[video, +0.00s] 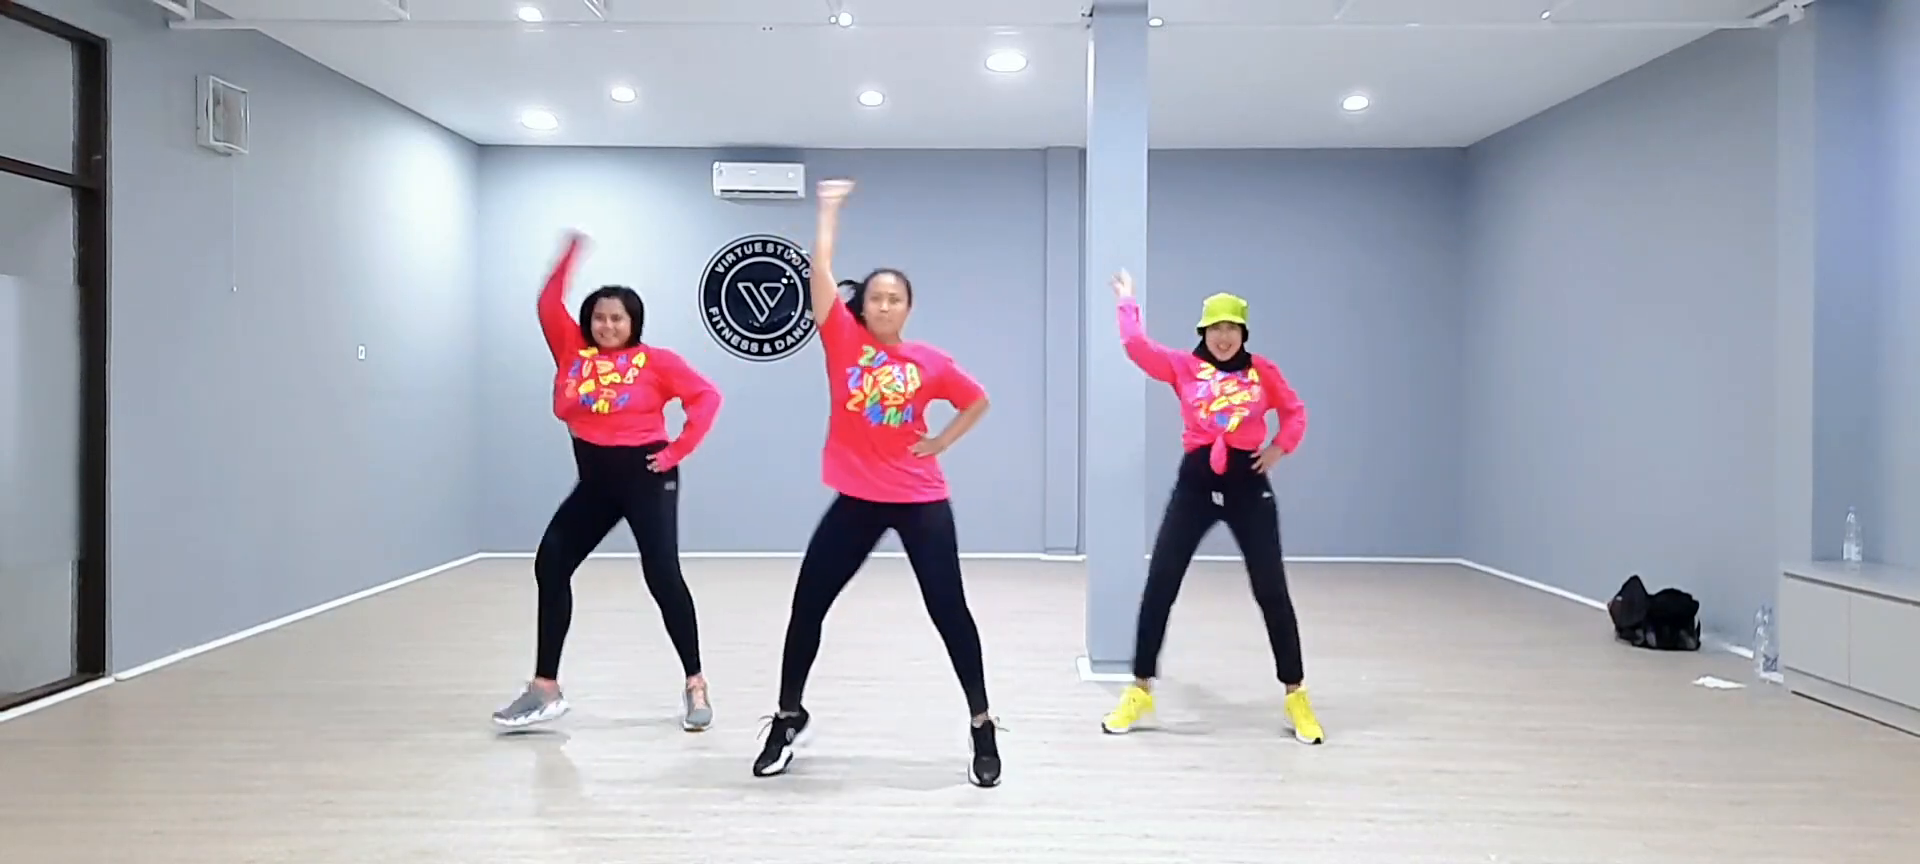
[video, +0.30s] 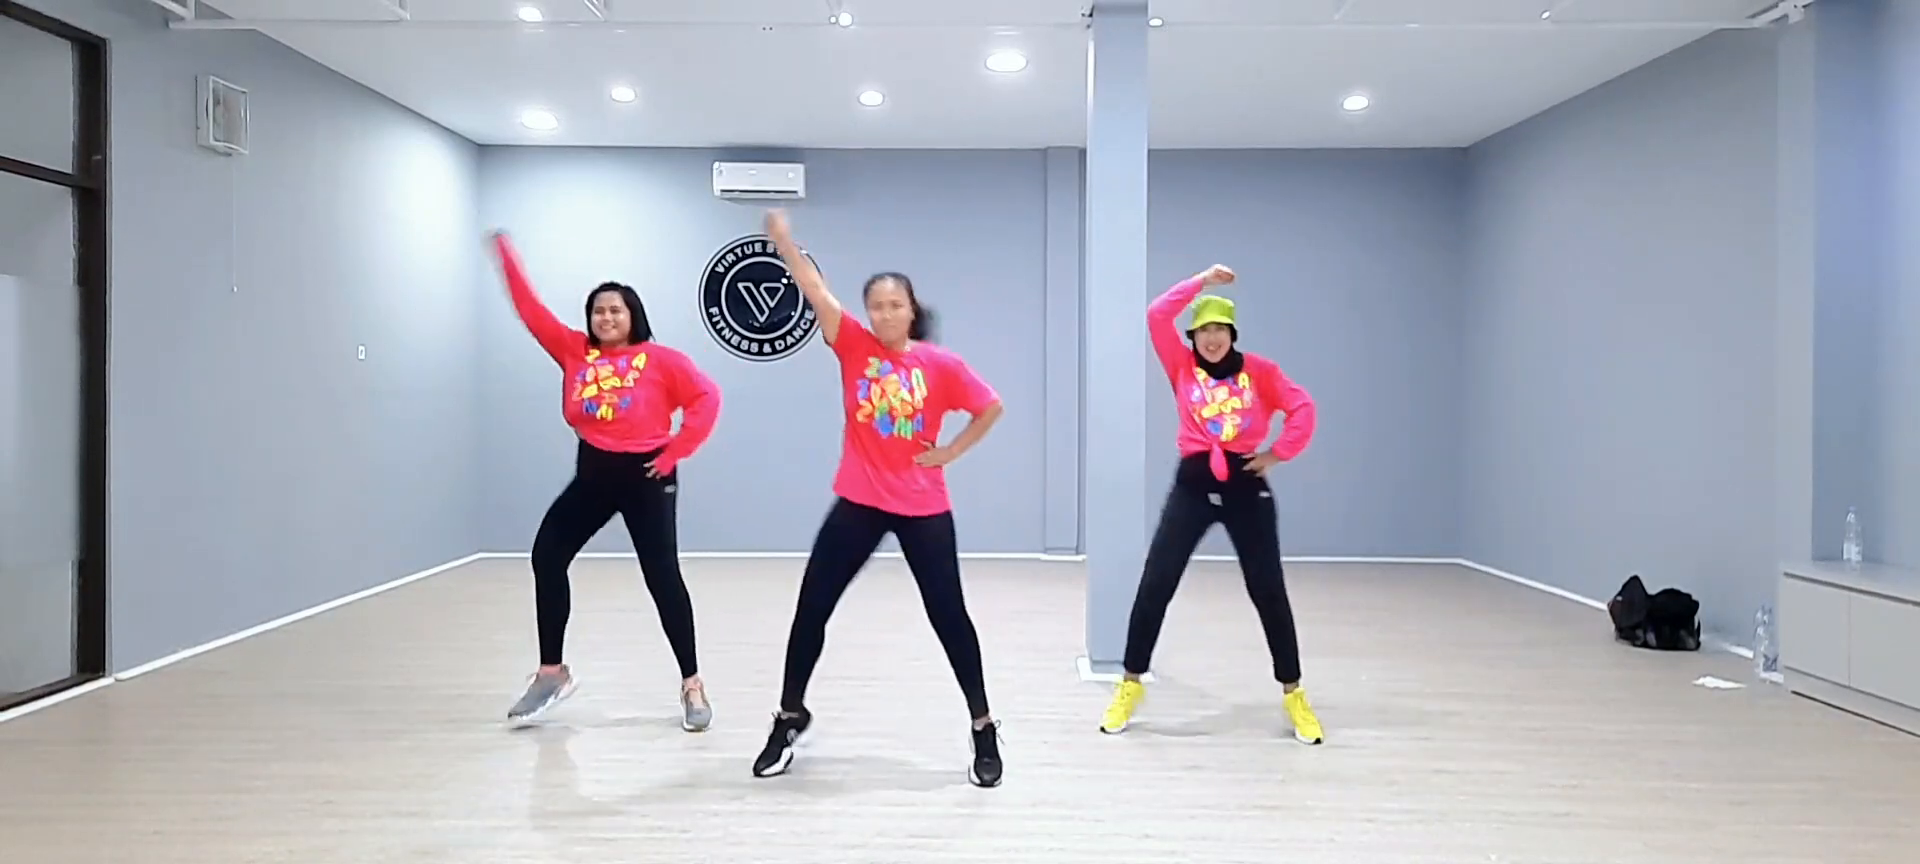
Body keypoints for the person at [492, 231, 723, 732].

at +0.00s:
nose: (609, 323)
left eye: (619, 317)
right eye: (600, 316)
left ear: (633, 323)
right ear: (589, 322)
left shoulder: (655, 362)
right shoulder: (573, 355)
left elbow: (708, 398)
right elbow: (548, 305)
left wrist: (679, 449)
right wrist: (568, 258)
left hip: (648, 478)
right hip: (595, 481)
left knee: (662, 575)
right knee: (551, 563)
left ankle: (695, 683)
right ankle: (545, 686)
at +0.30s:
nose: (607, 317)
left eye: (616, 310)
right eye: (598, 311)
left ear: (633, 317)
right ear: (590, 319)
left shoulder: (660, 359)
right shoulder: (575, 353)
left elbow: (707, 398)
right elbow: (531, 310)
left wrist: (678, 449)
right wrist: (507, 256)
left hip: (647, 479)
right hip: (593, 478)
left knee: (662, 575)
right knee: (547, 556)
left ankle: (692, 684)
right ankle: (551, 671)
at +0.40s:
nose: (599, 319)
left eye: (608, 312)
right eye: (591, 313)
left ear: (626, 319)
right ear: (581, 322)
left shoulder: (652, 359)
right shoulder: (566, 352)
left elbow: (694, 405)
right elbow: (506, 336)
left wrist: (657, 452)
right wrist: (462, 289)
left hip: (632, 475)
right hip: (577, 472)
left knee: (654, 569)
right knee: (552, 570)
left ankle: (682, 675)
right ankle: (557, 673)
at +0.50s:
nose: (591, 336)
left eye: (600, 329)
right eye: (583, 330)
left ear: (618, 336)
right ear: (574, 338)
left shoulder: (644, 381)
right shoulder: (561, 381)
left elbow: (673, 435)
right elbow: (506, 402)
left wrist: (641, 477)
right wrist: (459, 362)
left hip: (620, 496)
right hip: (564, 494)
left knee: (646, 584)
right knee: (557, 593)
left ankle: (663, 689)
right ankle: (564, 687)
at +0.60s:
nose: (591, 333)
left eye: (600, 327)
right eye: (585, 326)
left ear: (616, 334)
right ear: (574, 335)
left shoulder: (643, 379)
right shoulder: (555, 382)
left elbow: (672, 434)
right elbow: (521, 429)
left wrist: (660, 489)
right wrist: (490, 403)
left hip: (620, 495)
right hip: (564, 492)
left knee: (641, 584)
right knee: (558, 590)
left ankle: (663, 690)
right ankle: (563, 687)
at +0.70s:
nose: (598, 310)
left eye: (608, 304)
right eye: (591, 303)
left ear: (624, 313)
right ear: (579, 311)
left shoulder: (649, 355)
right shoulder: (558, 357)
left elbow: (688, 393)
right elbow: (521, 409)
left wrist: (681, 447)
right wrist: (549, 383)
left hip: (633, 472)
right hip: (576, 473)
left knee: (646, 568)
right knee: (570, 575)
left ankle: (666, 679)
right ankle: (560, 672)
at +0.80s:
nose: (607, 303)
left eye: (617, 297)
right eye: (599, 297)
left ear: (634, 308)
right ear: (587, 307)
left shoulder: (663, 348)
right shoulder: (568, 349)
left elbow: (691, 385)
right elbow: (539, 408)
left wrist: (690, 440)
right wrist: (588, 390)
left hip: (646, 463)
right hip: (588, 463)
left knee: (650, 570)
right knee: (564, 560)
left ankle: (652, 683)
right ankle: (589, 636)